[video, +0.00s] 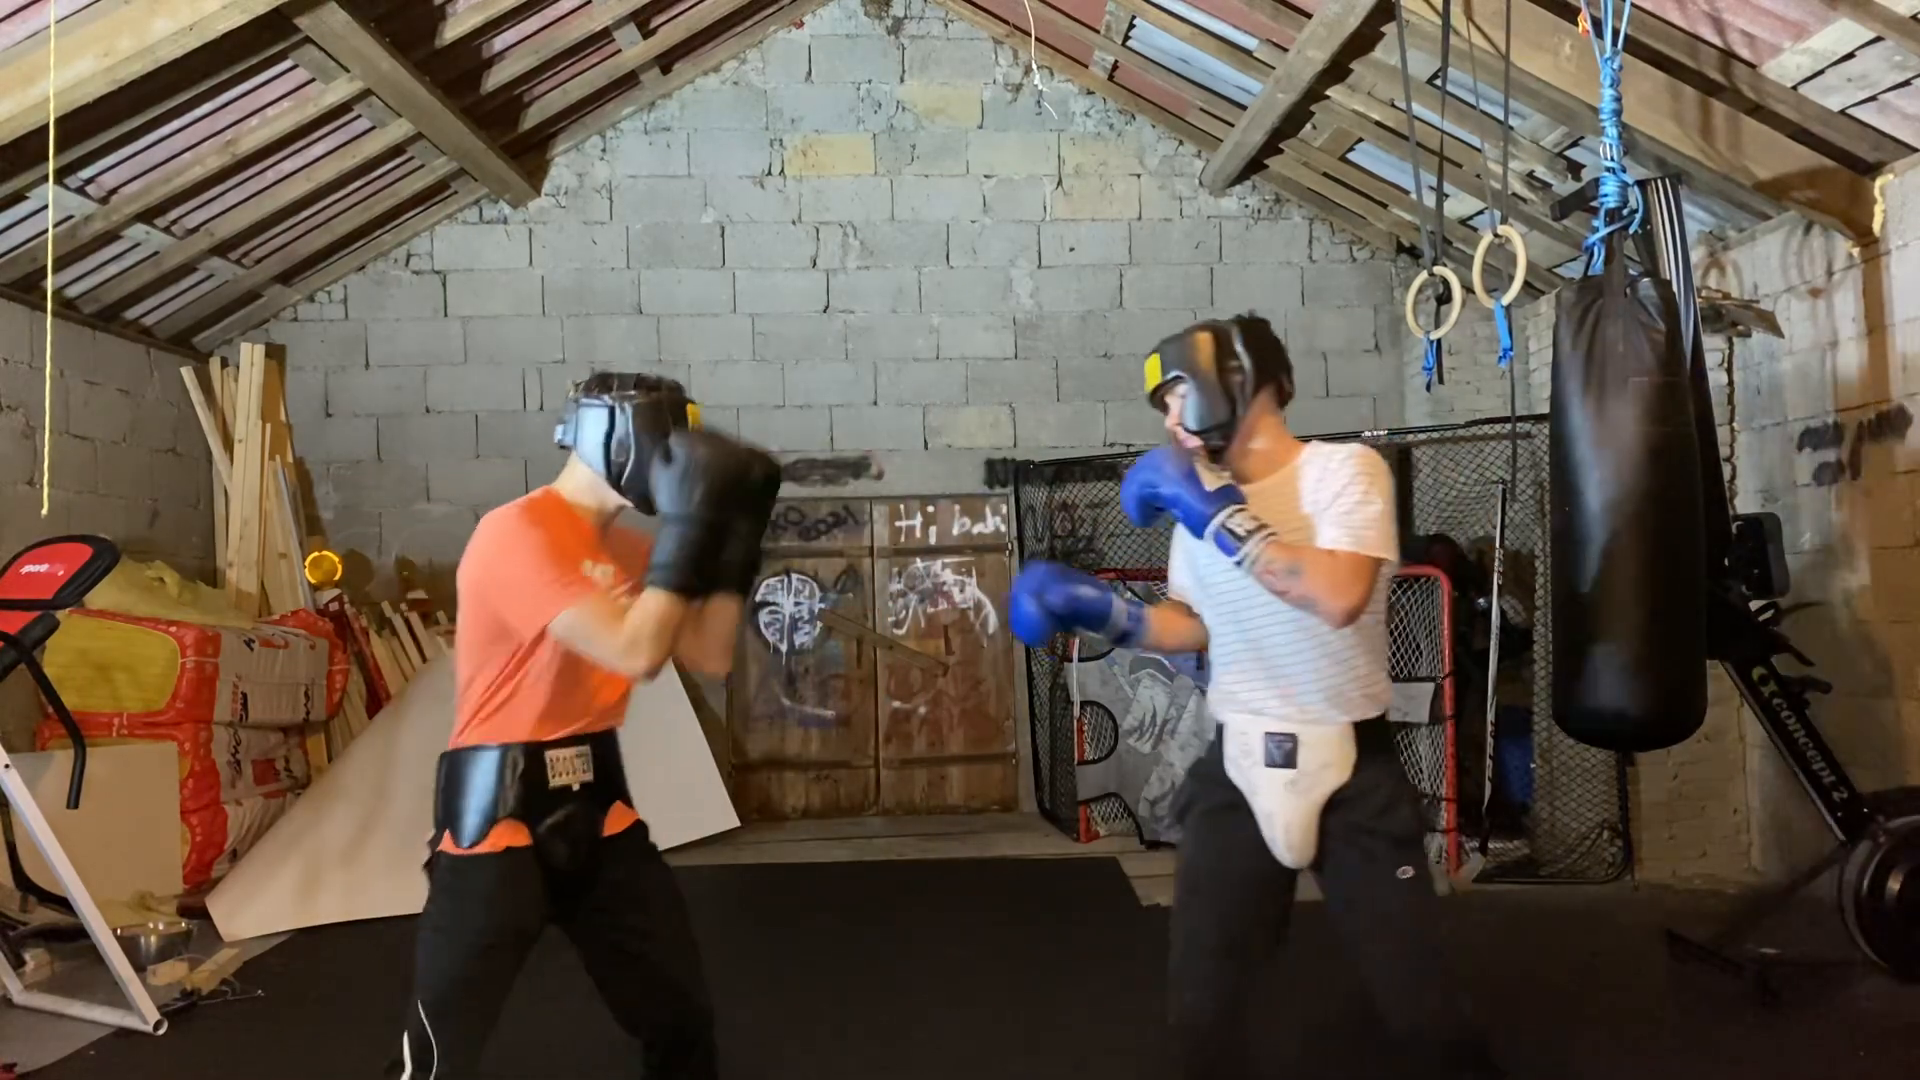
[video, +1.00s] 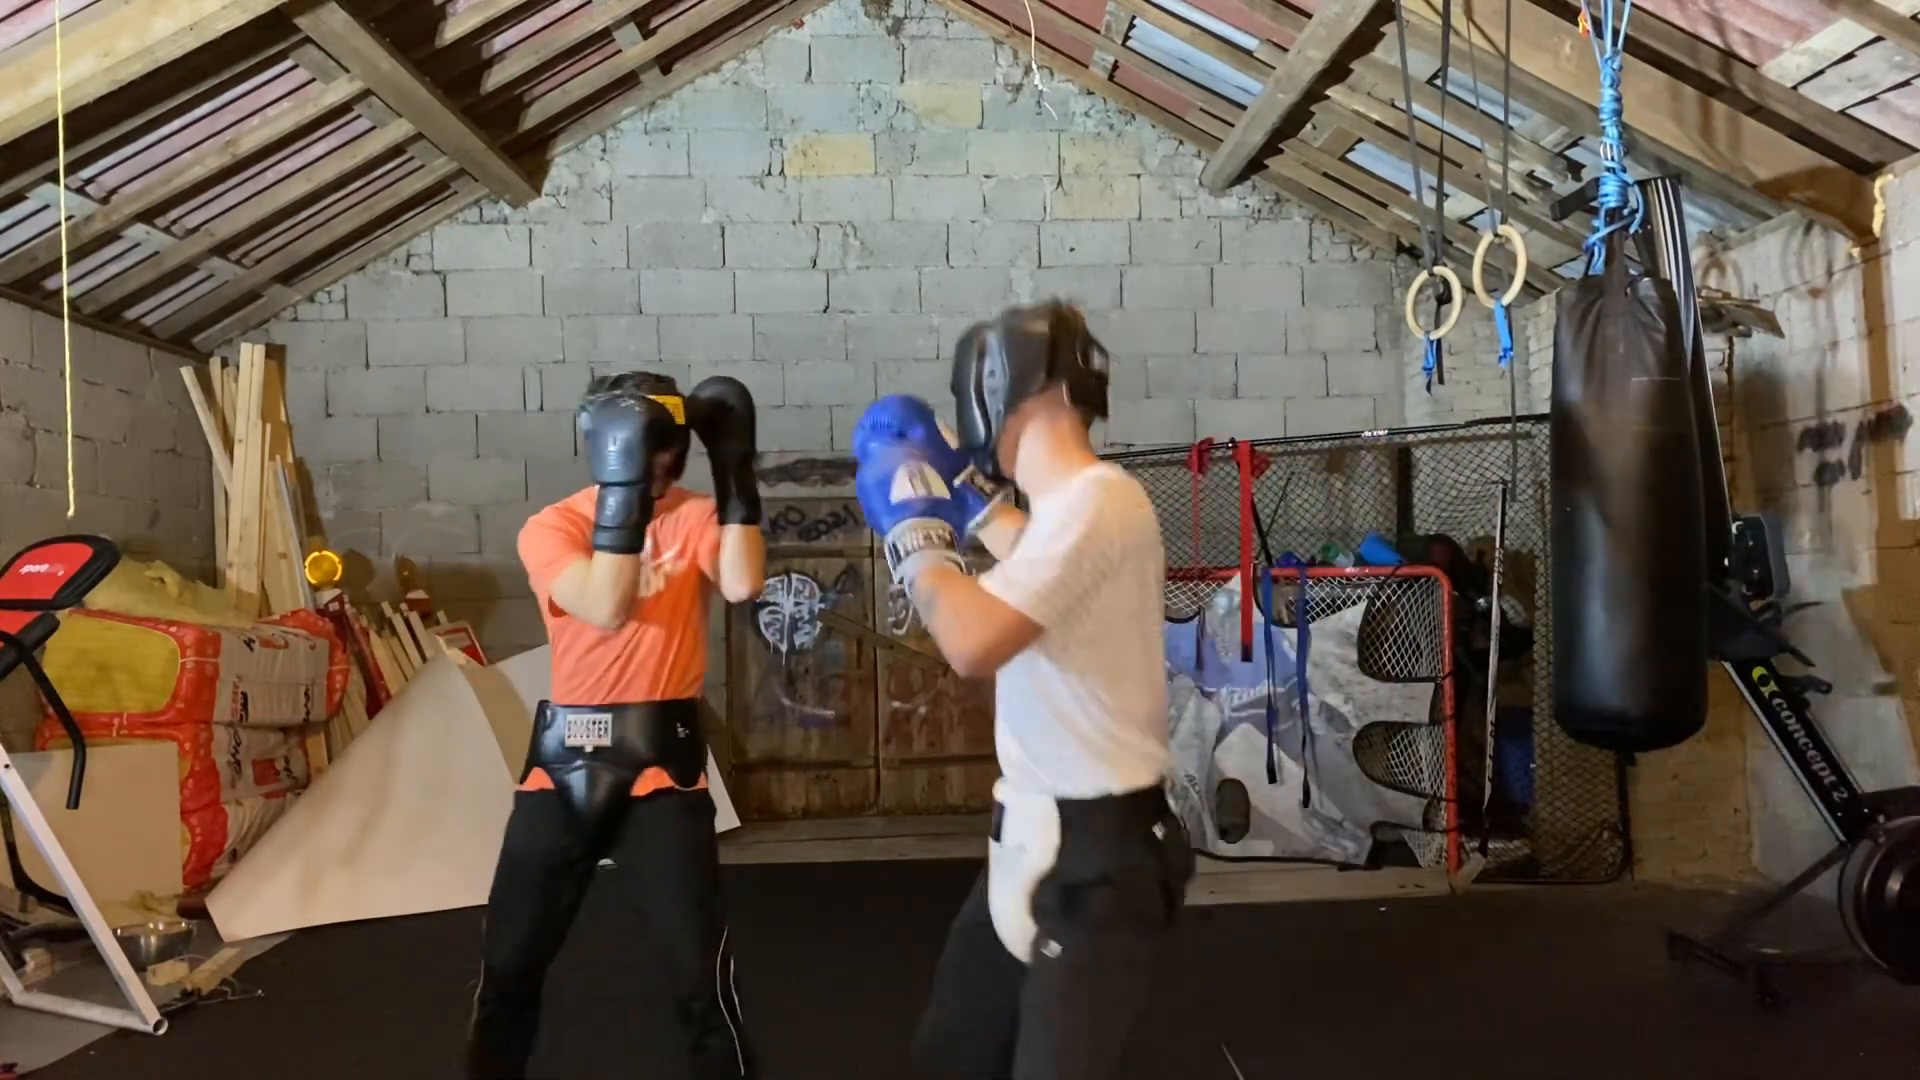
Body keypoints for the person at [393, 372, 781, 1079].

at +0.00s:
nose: (676, 461)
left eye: (679, 447)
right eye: (667, 444)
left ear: (606, 439)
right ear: (619, 439)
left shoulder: (634, 544)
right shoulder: (512, 535)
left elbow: (712, 654)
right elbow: (634, 648)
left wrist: (736, 533)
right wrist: (687, 524)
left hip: (594, 809)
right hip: (495, 822)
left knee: (680, 1026)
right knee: (436, 1055)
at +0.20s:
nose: (666, 440)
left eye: (667, 423)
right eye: (659, 421)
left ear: (610, 423)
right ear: (616, 421)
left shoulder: (643, 517)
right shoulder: (532, 514)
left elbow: (750, 577)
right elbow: (671, 592)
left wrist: (746, 461)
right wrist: (696, 463)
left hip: (621, 784)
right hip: (518, 791)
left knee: (670, 1020)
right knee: (461, 1026)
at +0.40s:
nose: (634, 456)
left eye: (638, 442)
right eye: (624, 438)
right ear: (580, 436)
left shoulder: (616, 537)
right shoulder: (496, 531)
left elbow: (725, 591)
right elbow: (610, 604)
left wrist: (717, 470)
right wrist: (637, 478)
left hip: (610, 787)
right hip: (509, 796)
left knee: (668, 999)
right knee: (461, 1019)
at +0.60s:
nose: (597, 458)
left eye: (603, 445)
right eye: (580, 441)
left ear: (605, 459)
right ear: (530, 444)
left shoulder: (608, 533)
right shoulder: (461, 544)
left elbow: (701, 594)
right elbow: (549, 620)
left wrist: (679, 479)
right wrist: (564, 491)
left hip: (592, 780)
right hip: (489, 788)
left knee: (659, 990)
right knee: (456, 1015)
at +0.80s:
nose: (607, 451)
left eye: (618, 438)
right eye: (590, 434)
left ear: (627, 456)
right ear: (545, 440)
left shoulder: (637, 526)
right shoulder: (489, 536)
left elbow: (707, 586)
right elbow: (564, 608)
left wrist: (692, 469)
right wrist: (578, 483)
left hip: (619, 772)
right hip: (513, 777)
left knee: (684, 978)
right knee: (472, 994)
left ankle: (733, 1070)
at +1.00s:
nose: (653, 458)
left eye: (664, 445)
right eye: (638, 441)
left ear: (682, 452)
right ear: (602, 444)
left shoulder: (694, 516)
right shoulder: (549, 528)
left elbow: (743, 582)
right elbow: (605, 605)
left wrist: (734, 465)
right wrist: (623, 487)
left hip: (664, 766)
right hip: (564, 763)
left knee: (698, 976)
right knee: (507, 971)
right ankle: (492, 1073)